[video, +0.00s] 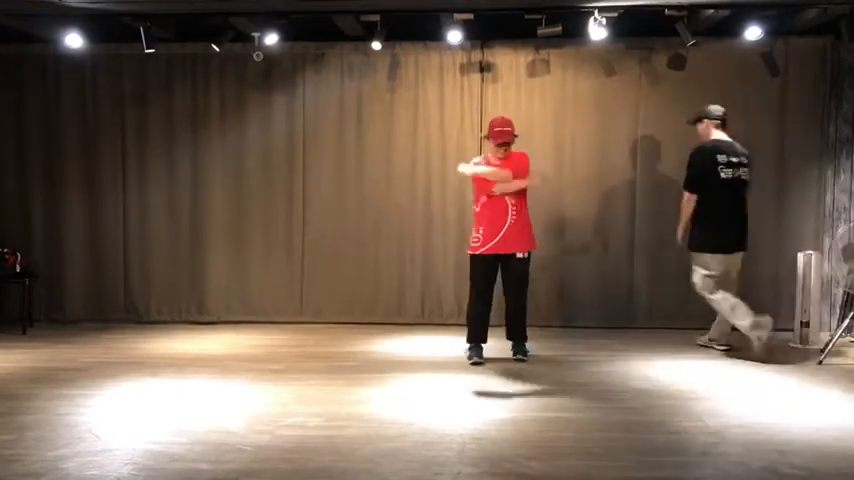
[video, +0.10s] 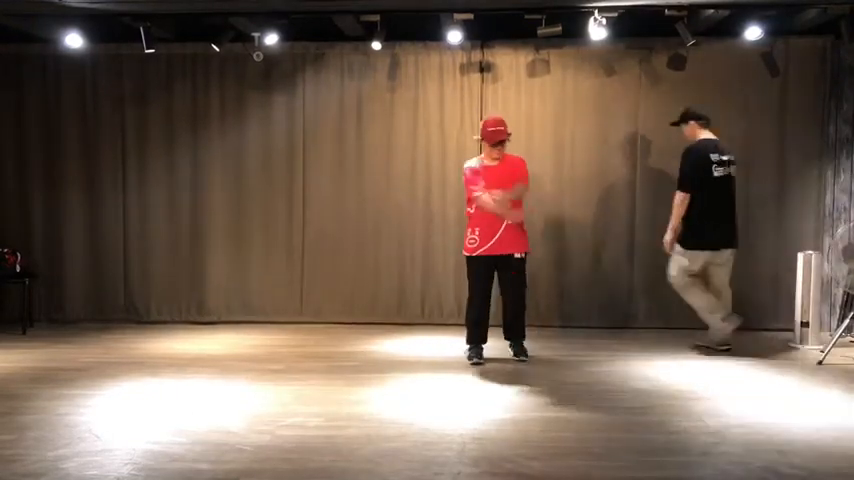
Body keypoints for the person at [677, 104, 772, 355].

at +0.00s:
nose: (697, 131)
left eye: (698, 126)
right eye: (697, 126)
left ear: (707, 125)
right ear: (720, 125)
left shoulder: (702, 153)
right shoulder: (741, 152)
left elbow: (690, 196)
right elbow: (741, 193)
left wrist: (682, 224)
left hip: (709, 228)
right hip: (737, 227)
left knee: (704, 283)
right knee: (728, 285)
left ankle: (752, 324)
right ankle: (719, 336)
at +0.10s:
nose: (683, 133)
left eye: (684, 128)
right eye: (682, 128)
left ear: (694, 125)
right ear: (704, 125)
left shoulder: (694, 152)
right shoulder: (725, 152)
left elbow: (682, 195)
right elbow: (723, 197)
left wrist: (671, 230)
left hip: (698, 233)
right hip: (725, 233)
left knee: (679, 275)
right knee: (720, 287)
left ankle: (722, 318)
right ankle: (718, 337)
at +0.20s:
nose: (668, 136)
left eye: (669, 130)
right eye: (667, 131)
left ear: (679, 127)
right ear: (688, 126)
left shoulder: (684, 153)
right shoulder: (707, 149)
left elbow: (676, 193)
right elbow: (696, 195)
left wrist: (664, 227)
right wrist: (662, 209)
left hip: (687, 231)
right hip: (710, 230)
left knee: (661, 270)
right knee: (712, 284)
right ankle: (719, 336)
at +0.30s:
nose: (653, 137)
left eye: (654, 132)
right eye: (652, 133)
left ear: (664, 129)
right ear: (672, 129)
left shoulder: (670, 155)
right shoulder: (690, 151)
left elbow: (667, 193)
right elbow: (675, 191)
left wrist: (659, 226)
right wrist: (644, 202)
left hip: (675, 231)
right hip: (697, 231)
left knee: (654, 281)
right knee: (705, 285)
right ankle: (718, 336)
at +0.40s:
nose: (636, 138)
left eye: (637, 133)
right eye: (635, 133)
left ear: (648, 131)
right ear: (655, 130)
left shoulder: (655, 156)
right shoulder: (671, 152)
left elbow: (654, 195)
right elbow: (655, 195)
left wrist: (654, 229)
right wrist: (626, 208)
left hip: (656, 235)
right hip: (676, 232)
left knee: (641, 284)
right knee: (691, 283)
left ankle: (626, 325)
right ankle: (714, 328)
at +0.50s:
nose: (621, 137)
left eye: (622, 132)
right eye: (620, 133)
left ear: (632, 130)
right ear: (640, 129)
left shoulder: (638, 155)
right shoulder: (655, 151)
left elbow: (639, 197)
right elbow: (643, 193)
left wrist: (640, 232)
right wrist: (625, 213)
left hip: (639, 231)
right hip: (658, 228)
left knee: (629, 280)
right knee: (660, 276)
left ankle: (625, 325)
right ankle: (694, 314)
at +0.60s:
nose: (607, 136)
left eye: (608, 131)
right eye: (606, 131)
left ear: (618, 128)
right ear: (623, 128)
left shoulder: (627, 153)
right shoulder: (637, 150)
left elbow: (626, 195)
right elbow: (633, 194)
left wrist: (616, 227)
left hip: (628, 226)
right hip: (639, 224)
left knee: (622, 275)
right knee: (629, 271)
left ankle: (624, 325)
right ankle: (660, 307)